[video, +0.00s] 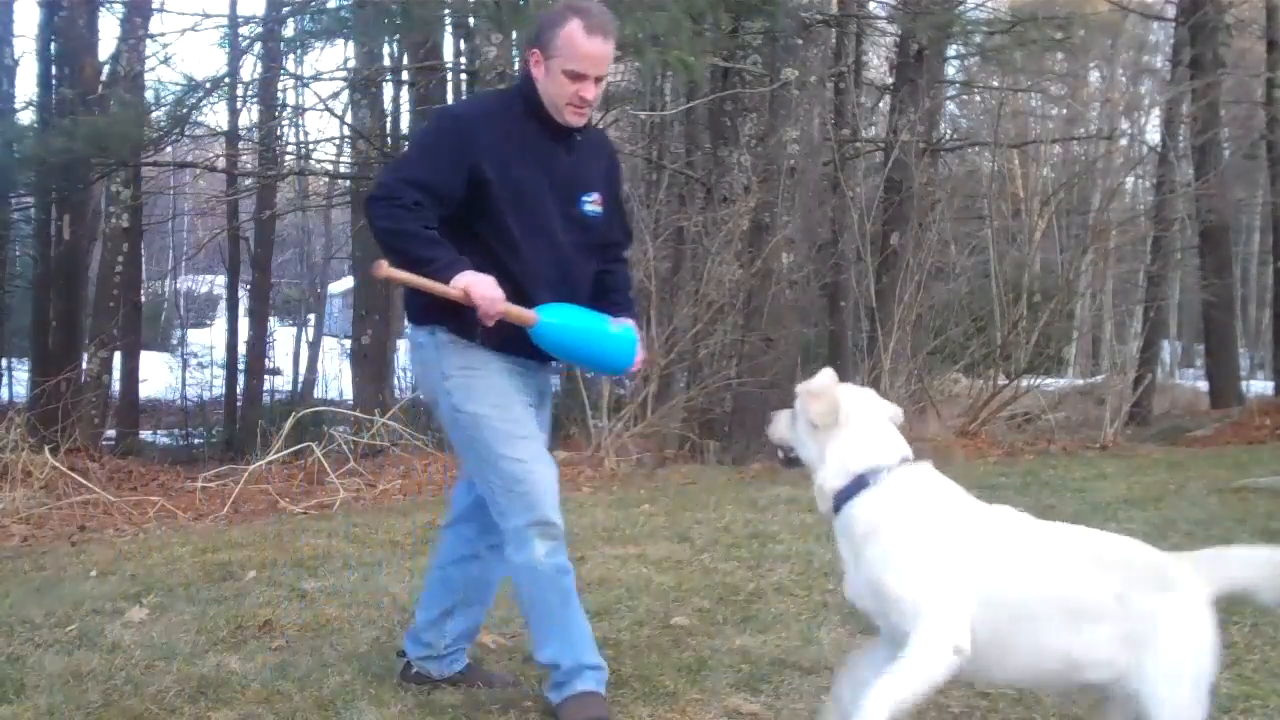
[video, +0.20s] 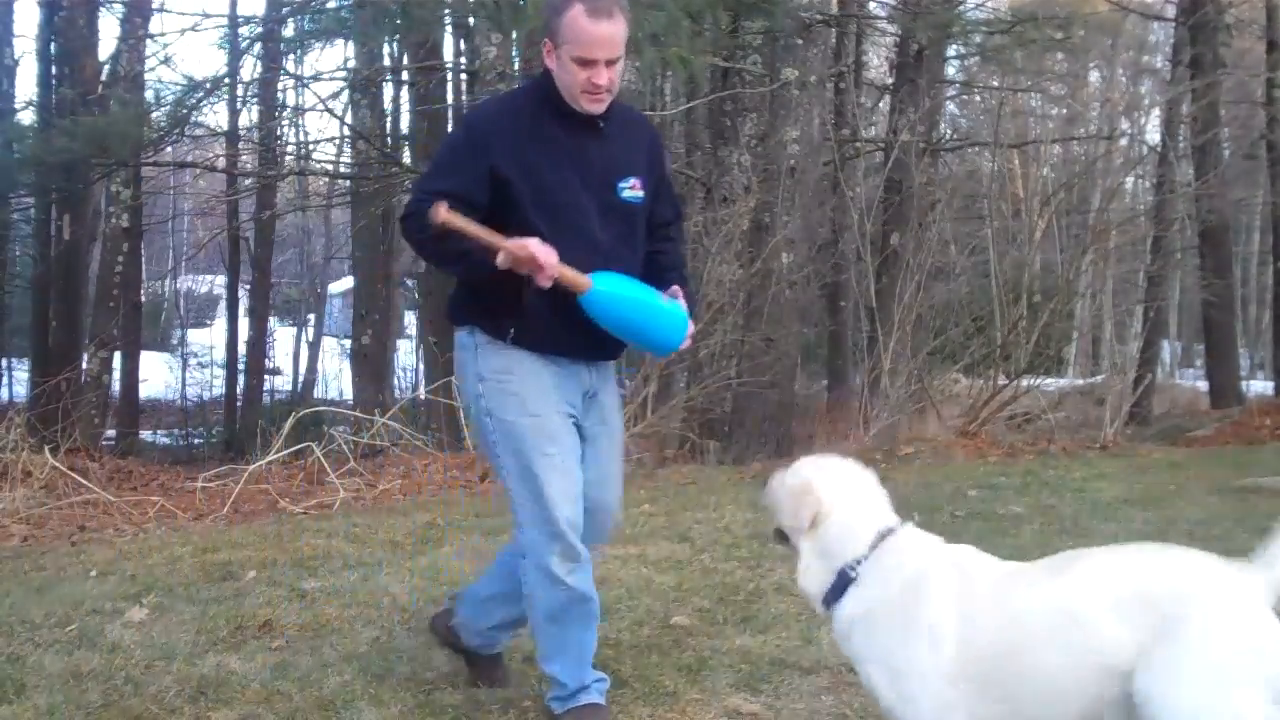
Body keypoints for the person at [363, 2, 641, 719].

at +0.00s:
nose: (589, 93)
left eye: (601, 79)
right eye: (575, 77)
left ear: (611, 74)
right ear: (536, 63)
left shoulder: (597, 153)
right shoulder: (470, 125)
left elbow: (608, 256)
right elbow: (392, 202)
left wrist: (621, 321)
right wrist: (455, 273)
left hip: (539, 355)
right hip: (463, 347)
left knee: (486, 509)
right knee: (534, 506)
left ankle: (433, 655)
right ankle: (576, 682)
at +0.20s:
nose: (601, 78)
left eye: (613, 62)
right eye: (585, 63)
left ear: (625, 52)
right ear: (548, 52)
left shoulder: (639, 136)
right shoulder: (495, 125)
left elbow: (662, 233)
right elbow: (422, 219)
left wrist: (671, 293)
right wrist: (498, 251)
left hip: (597, 356)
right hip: (510, 353)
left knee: (597, 513)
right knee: (555, 519)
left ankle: (470, 623)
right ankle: (575, 691)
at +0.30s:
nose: (605, 67)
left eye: (618, 51)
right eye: (588, 52)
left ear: (633, 43)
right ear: (556, 45)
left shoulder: (658, 126)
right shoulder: (504, 118)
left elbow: (686, 228)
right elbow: (436, 212)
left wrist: (693, 289)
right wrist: (515, 226)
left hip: (622, 356)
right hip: (523, 354)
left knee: (650, 503)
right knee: (554, 526)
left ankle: (533, 604)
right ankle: (576, 693)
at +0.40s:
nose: (612, 56)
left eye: (625, 40)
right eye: (596, 41)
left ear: (643, 33)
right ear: (563, 35)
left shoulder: (673, 119)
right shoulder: (513, 110)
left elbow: (707, 217)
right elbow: (454, 213)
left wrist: (706, 280)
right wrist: (517, 202)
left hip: (645, 356)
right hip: (537, 357)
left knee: (681, 500)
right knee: (557, 528)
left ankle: (613, 638)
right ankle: (576, 689)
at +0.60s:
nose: (625, 40)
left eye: (640, 24)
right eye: (608, 24)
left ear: (663, 20)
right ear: (581, 21)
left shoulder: (705, 110)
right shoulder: (530, 103)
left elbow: (750, 213)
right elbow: (475, 200)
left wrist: (732, 275)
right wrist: (543, 218)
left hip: (679, 358)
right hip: (562, 359)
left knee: (692, 524)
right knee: (567, 534)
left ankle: (689, 677)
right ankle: (576, 685)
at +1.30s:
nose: (651, 17)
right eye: (630, 1)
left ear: (699, 8)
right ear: (602, 12)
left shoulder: (768, 112)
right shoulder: (558, 115)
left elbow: (834, 243)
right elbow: (510, 234)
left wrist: (774, 322)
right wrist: (517, 274)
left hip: (756, 401)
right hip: (615, 399)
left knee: (791, 583)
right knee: (590, 599)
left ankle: (759, 713)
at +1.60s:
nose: (637, 99)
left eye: (657, 75)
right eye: (615, 78)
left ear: (693, 81)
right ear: (584, 89)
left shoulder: (772, 171)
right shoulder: (538, 183)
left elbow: (845, 318)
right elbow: (486, 307)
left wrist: (784, 419)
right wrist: (506, 358)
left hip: (782, 414)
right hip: (623, 429)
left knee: (828, 596)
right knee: (593, 633)